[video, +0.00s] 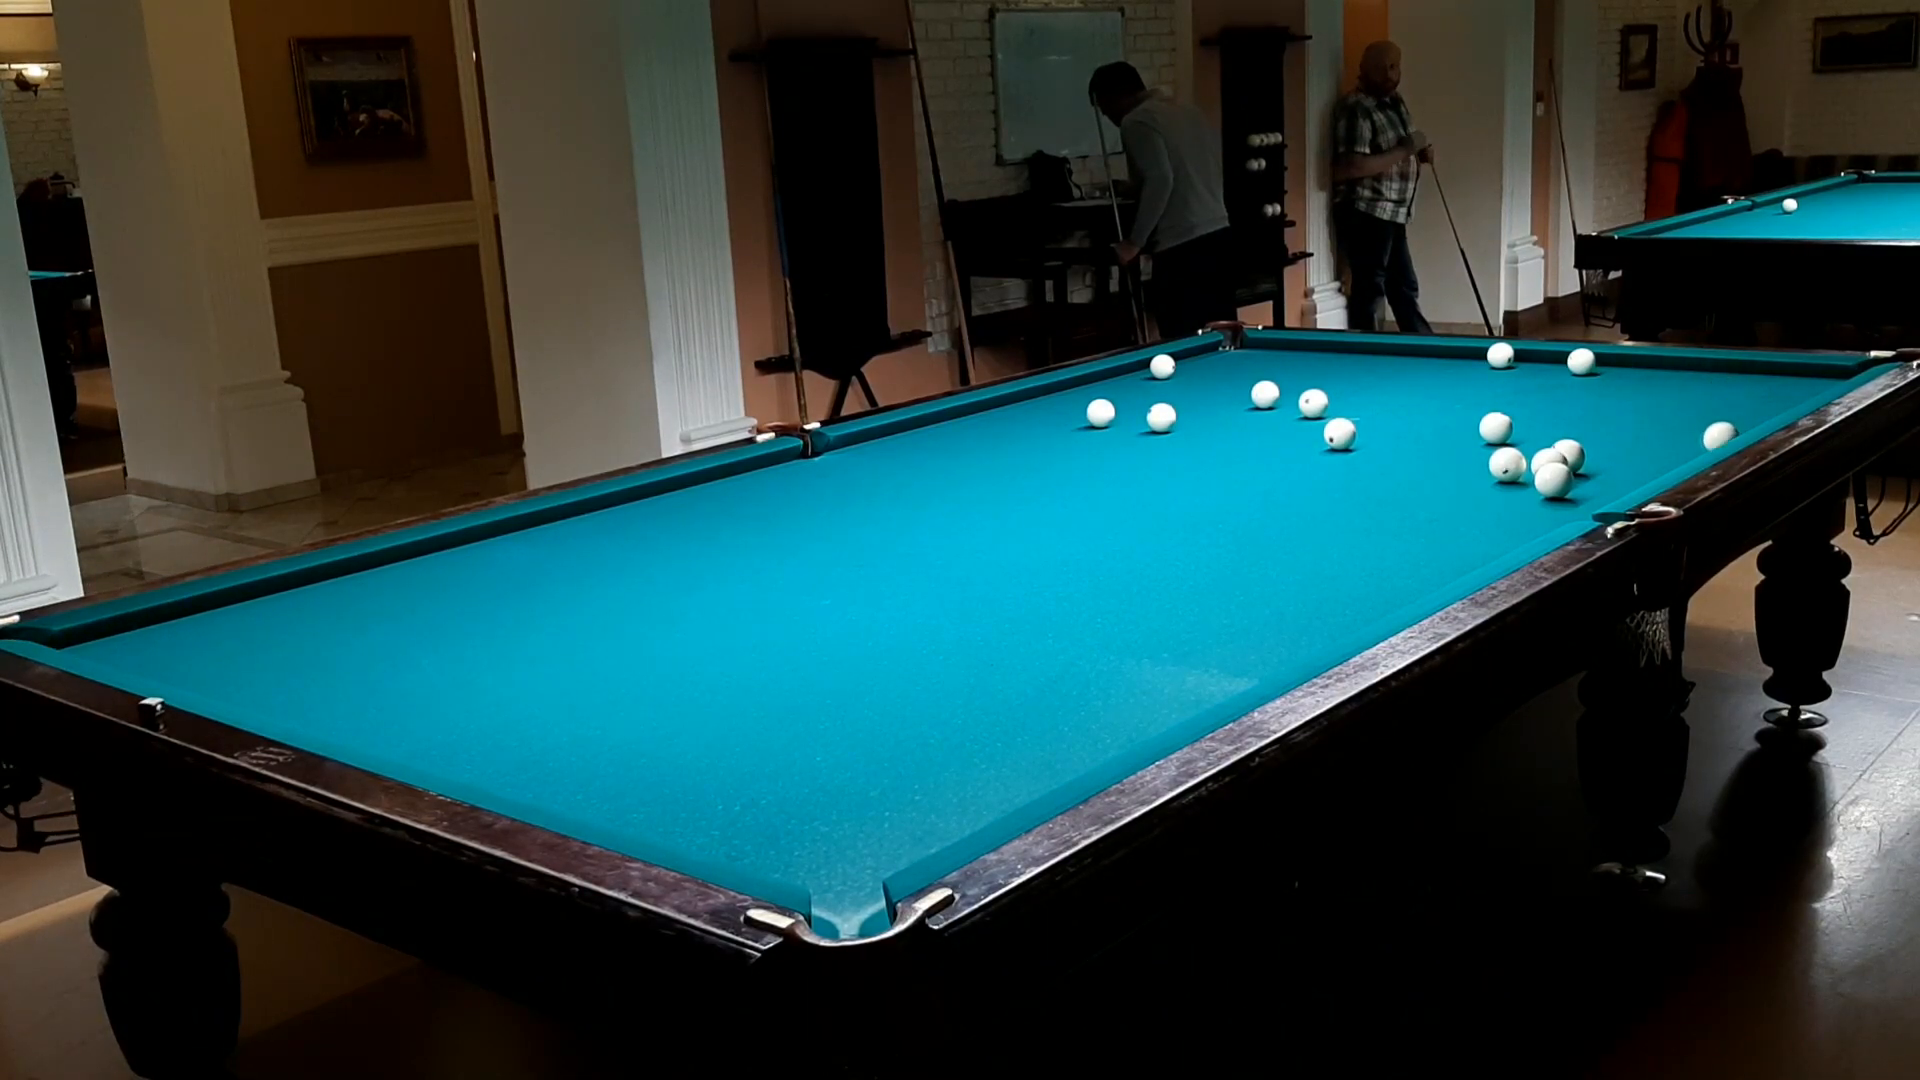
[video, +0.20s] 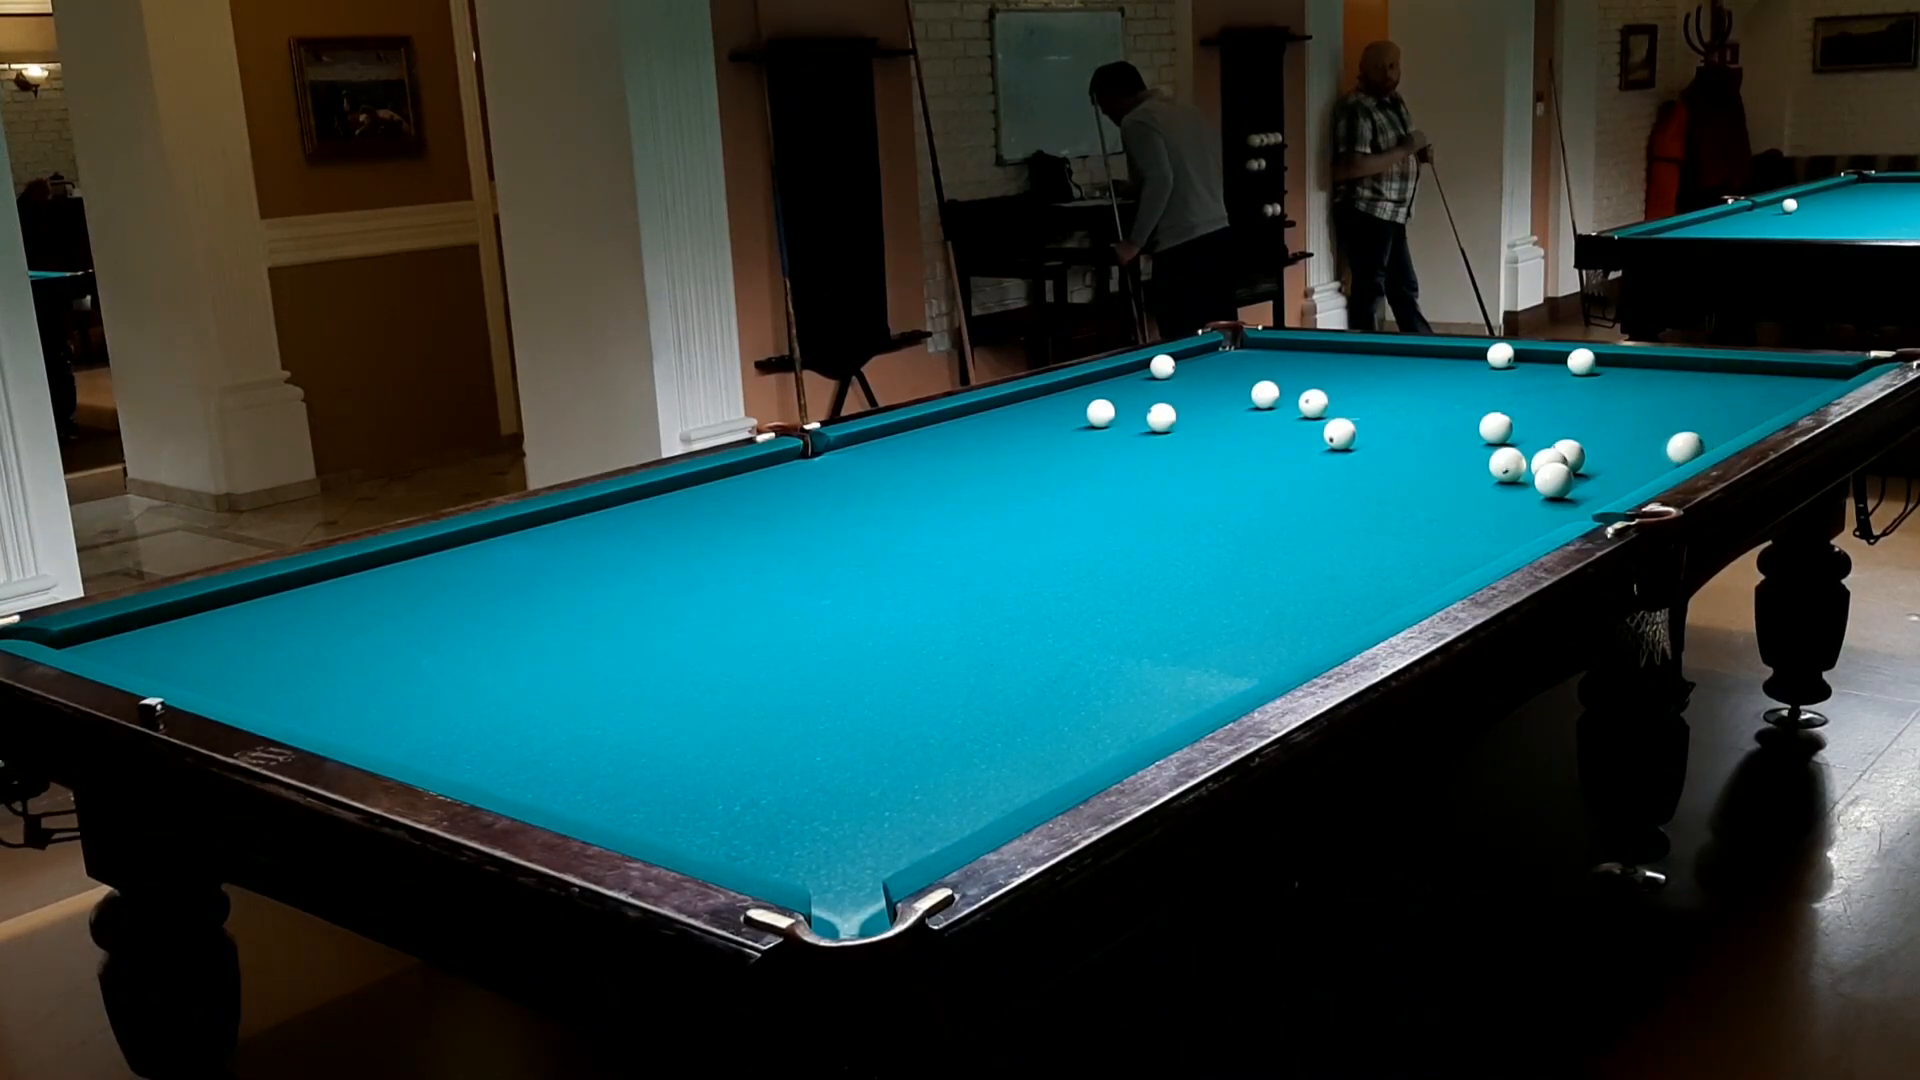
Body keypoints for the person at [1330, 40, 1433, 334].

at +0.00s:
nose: (1394, 75)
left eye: (1397, 67)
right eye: (1387, 68)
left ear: (1400, 68)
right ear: (1367, 69)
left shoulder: (1395, 104)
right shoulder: (1355, 107)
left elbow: (1391, 157)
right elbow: (1352, 166)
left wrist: (1419, 157)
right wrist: (1404, 151)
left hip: (1390, 216)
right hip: (1363, 215)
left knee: (1404, 289)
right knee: (1366, 292)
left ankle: (1425, 352)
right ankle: (1363, 359)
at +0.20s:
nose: (1394, 74)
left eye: (1397, 67)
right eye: (1387, 67)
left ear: (1399, 67)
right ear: (1368, 69)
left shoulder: (1394, 103)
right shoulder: (1355, 107)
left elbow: (1391, 157)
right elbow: (1352, 166)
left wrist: (1418, 156)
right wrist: (1404, 151)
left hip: (1390, 217)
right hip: (1363, 216)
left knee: (1404, 290)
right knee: (1366, 292)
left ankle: (1425, 352)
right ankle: (1363, 359)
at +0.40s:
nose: (1392, 73)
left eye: (1395, 66)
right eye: (1385, 67)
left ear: (1399, 69)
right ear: (1366, 69)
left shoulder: (1394, 104)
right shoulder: (1355, 107)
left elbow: (1392, 153)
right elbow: (1351, 166)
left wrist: (1415, 157)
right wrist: (1400, 161)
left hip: (1390, 217)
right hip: (1363, 216)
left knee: (1404, 290)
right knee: (1366, 293)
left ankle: (1426, 353)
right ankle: (1363, 359)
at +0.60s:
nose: (1391, 74)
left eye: (1395, 67)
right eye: (1384, 67)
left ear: (1399, 69)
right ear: (1366, 69)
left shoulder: (1394, 104)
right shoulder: (1354, 107)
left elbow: (1394, 152)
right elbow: (1350, 167)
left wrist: (1416, 157)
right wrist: (1399, 163)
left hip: (1390, 217)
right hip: (1363, 216)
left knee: (1404, 290)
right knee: (1366, 292)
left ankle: (1425, 353)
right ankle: (1363, 359)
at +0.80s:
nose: (1392, 74)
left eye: (1395, 67)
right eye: (1384, 67)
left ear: (1399, 69)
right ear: (1366, 69)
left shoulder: (1394, 104)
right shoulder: (1355, 107)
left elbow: (1394, 153)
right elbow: (1349, 167)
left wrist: (1414, 157)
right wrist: (1399, 162)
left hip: (1390, 217)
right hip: (1363, 216)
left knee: (1404, 290)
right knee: (1366, 292)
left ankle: (1425, 352)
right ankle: (1363, 358)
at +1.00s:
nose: (1393, 74)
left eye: (1396, 67)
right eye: (1386, 67)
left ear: (1399, 68)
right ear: (1367, 69)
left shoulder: (1393, 104)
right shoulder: (1355, 107)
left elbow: (1391, 153)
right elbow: (1350, 167)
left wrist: (1417, 154)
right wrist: (1398, 156)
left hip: (1390, 216)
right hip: (1364, 215)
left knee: (1404, 289)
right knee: (1366, 292)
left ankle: (1425, 352)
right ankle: (1363, 358)